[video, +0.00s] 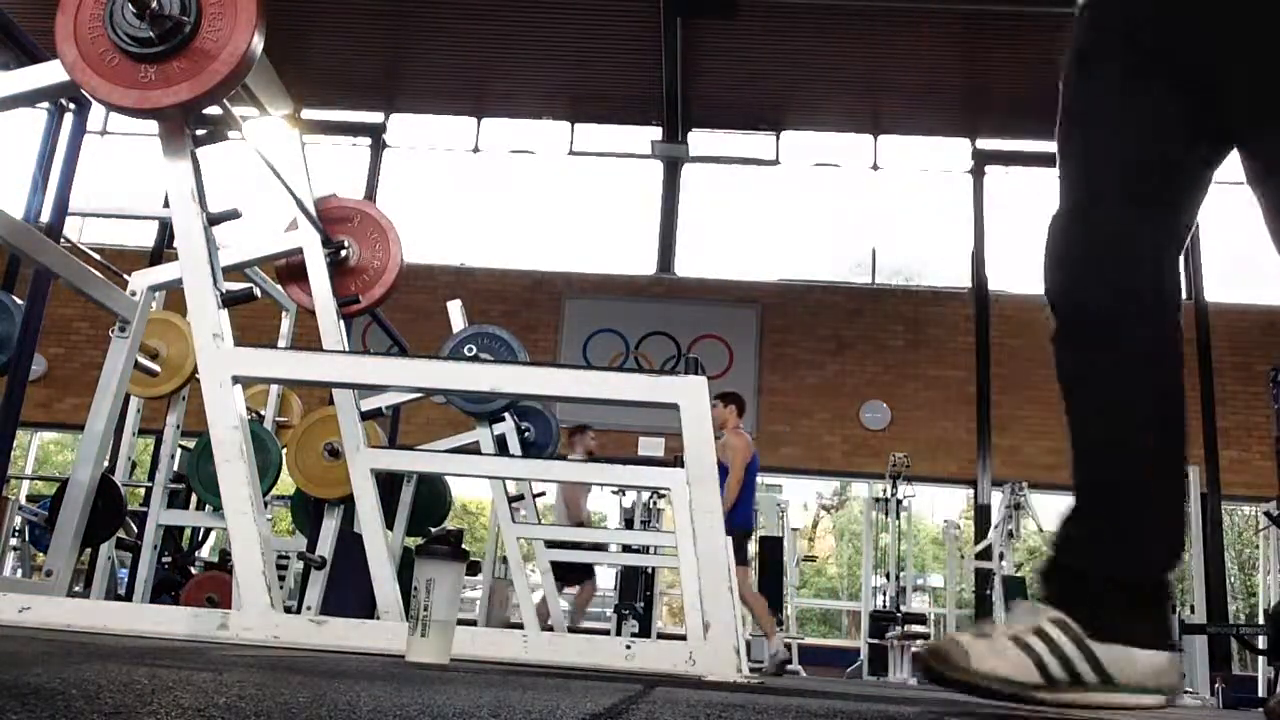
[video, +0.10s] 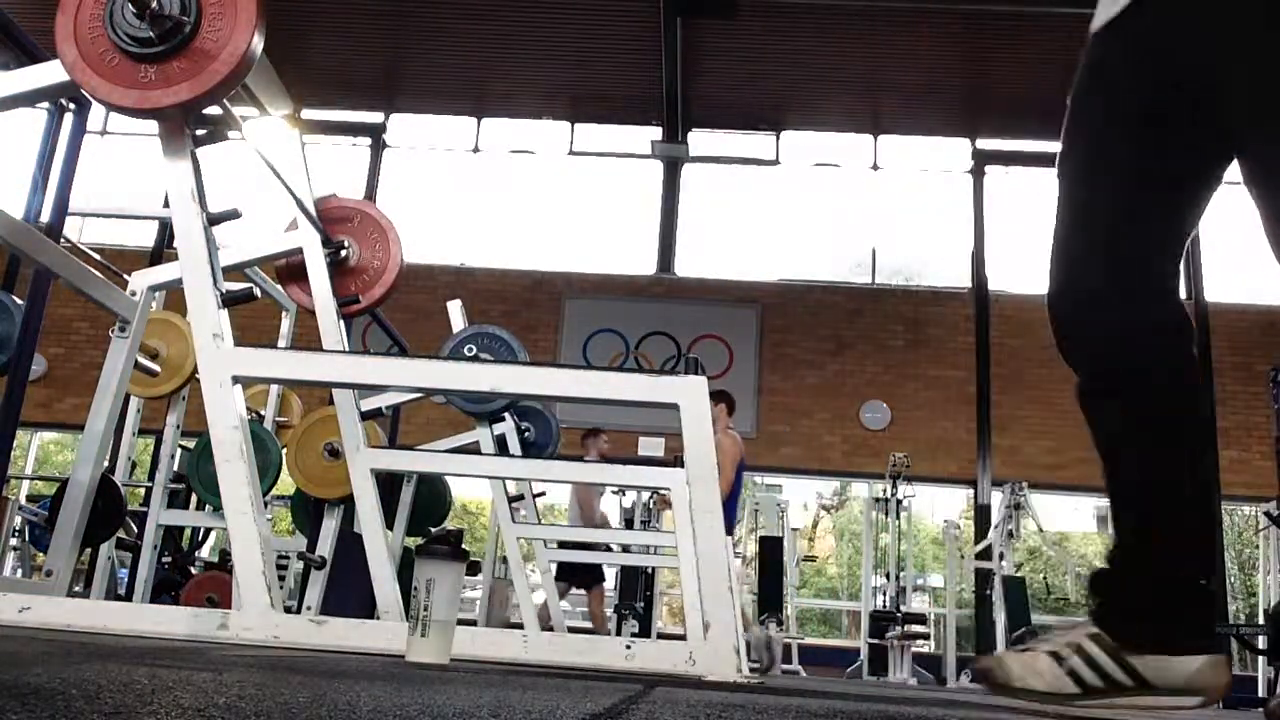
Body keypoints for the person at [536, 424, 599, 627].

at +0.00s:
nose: (595, 443)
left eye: (594, 438)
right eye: (591, 438)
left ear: (577, 440)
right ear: (576, 439)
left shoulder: (576, 466)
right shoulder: (574, 466)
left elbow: (576, 504)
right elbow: (574, 504)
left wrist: (585, 528)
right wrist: (588, 533)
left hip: (565, 532)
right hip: (570, 533)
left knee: (555, 587)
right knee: (588, 585)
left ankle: (534, 628)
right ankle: (573, 627)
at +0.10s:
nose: (607, 446)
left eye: (607, 442)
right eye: (604, 442)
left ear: (590, 444)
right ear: (591, 444)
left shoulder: (591, 470)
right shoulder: (587, 471)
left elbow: (592, 507)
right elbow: (588, 512)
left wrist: (603, 520)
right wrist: (603, 525)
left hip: (575, 537)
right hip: (582, 539)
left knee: (560, 589)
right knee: (596, 592)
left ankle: (535, 626)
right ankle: (603, 640)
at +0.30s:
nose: (636, 447)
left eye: (636, 443)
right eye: (632, 442)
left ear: (618, 448)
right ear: (618, 446)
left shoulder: (624, 470)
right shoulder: (618, 472)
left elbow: (626, 507)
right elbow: (619, 508)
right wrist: (624, 538)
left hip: (611, 535)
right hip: (614, 537)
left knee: (600, 596)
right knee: (623, 594)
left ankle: (562, 625)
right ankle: (621, 646)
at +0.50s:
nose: (667, 427)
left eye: (673, 423)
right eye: (666, 423)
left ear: (683, 425)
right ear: (663, 425)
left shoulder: (692, 447)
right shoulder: (653, 442)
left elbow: (720, 477)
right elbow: (625, 457)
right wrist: (590, 454)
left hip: (684, 521)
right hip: (657, 518)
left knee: (682, 581)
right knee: (638, 572)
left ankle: (693, 633)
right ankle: (620, 623)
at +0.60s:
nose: (642, 407)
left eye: (647, 402)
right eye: (642, 402)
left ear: (663, 407)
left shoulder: (677, 435)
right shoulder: (635, 441)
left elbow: (696, 473)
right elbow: (605, 455)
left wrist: (679, 508)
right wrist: (571, 453)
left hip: (668, 521)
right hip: (637, 520)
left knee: (678, 588)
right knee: (623, 582)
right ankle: (603, 638)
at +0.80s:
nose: (607, 407)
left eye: (613, 402)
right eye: (608, 402)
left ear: (629, 407)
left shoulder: (654, 434)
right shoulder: (603, 441)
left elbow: (675, 473)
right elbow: (576, 460)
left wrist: (671, 504)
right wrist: (568, 457)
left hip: (649, 518)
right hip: (616, 518)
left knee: (652, 580)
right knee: (604, 580)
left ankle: (671, 634)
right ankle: (597, 639)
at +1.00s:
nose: (590, 407)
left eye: (596, 403)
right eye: (591, 403)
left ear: (612, 406)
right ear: (601, 409)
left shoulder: (638, 432)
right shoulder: (586, 439)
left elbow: (660, 469)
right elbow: (559, 463)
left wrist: (653, 498)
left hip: (634, 516)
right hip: (602, 516)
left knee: (631, 577)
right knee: (597, 579)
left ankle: (638, 630)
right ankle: (595, 639)